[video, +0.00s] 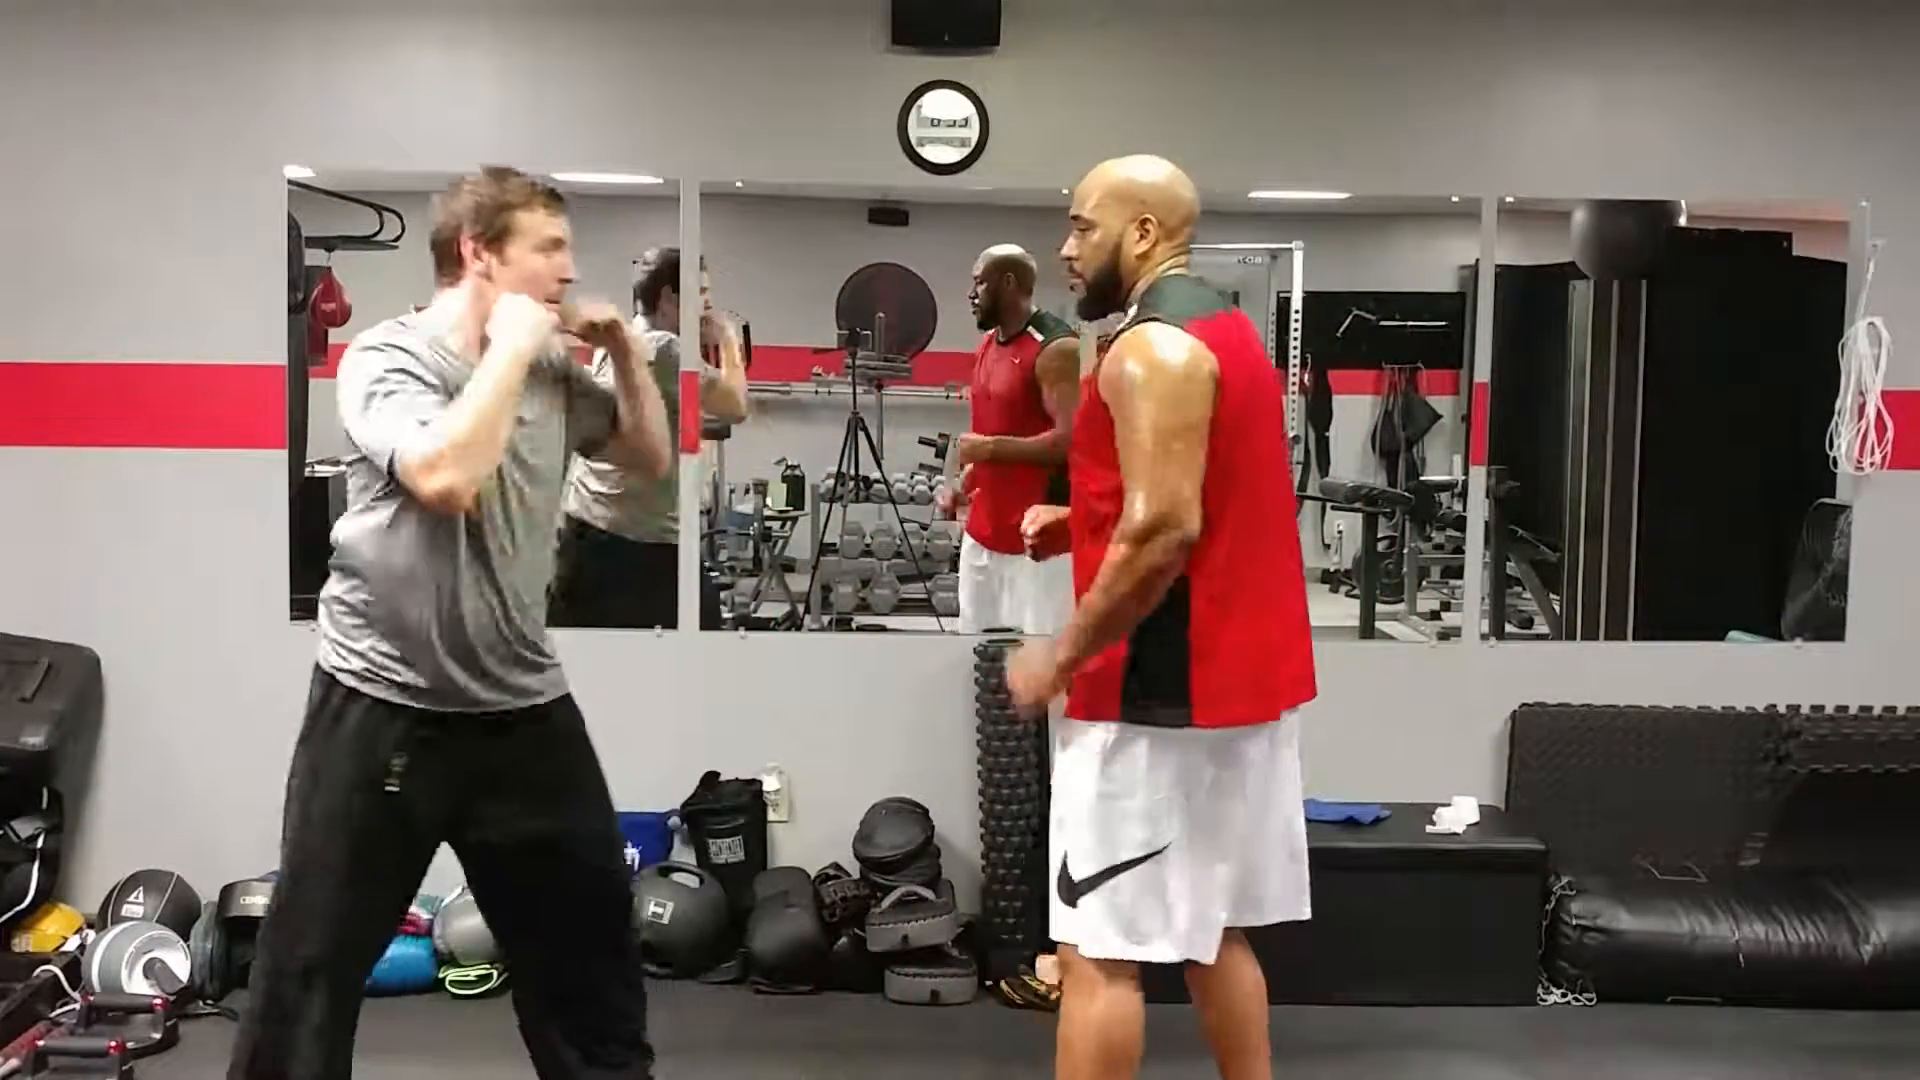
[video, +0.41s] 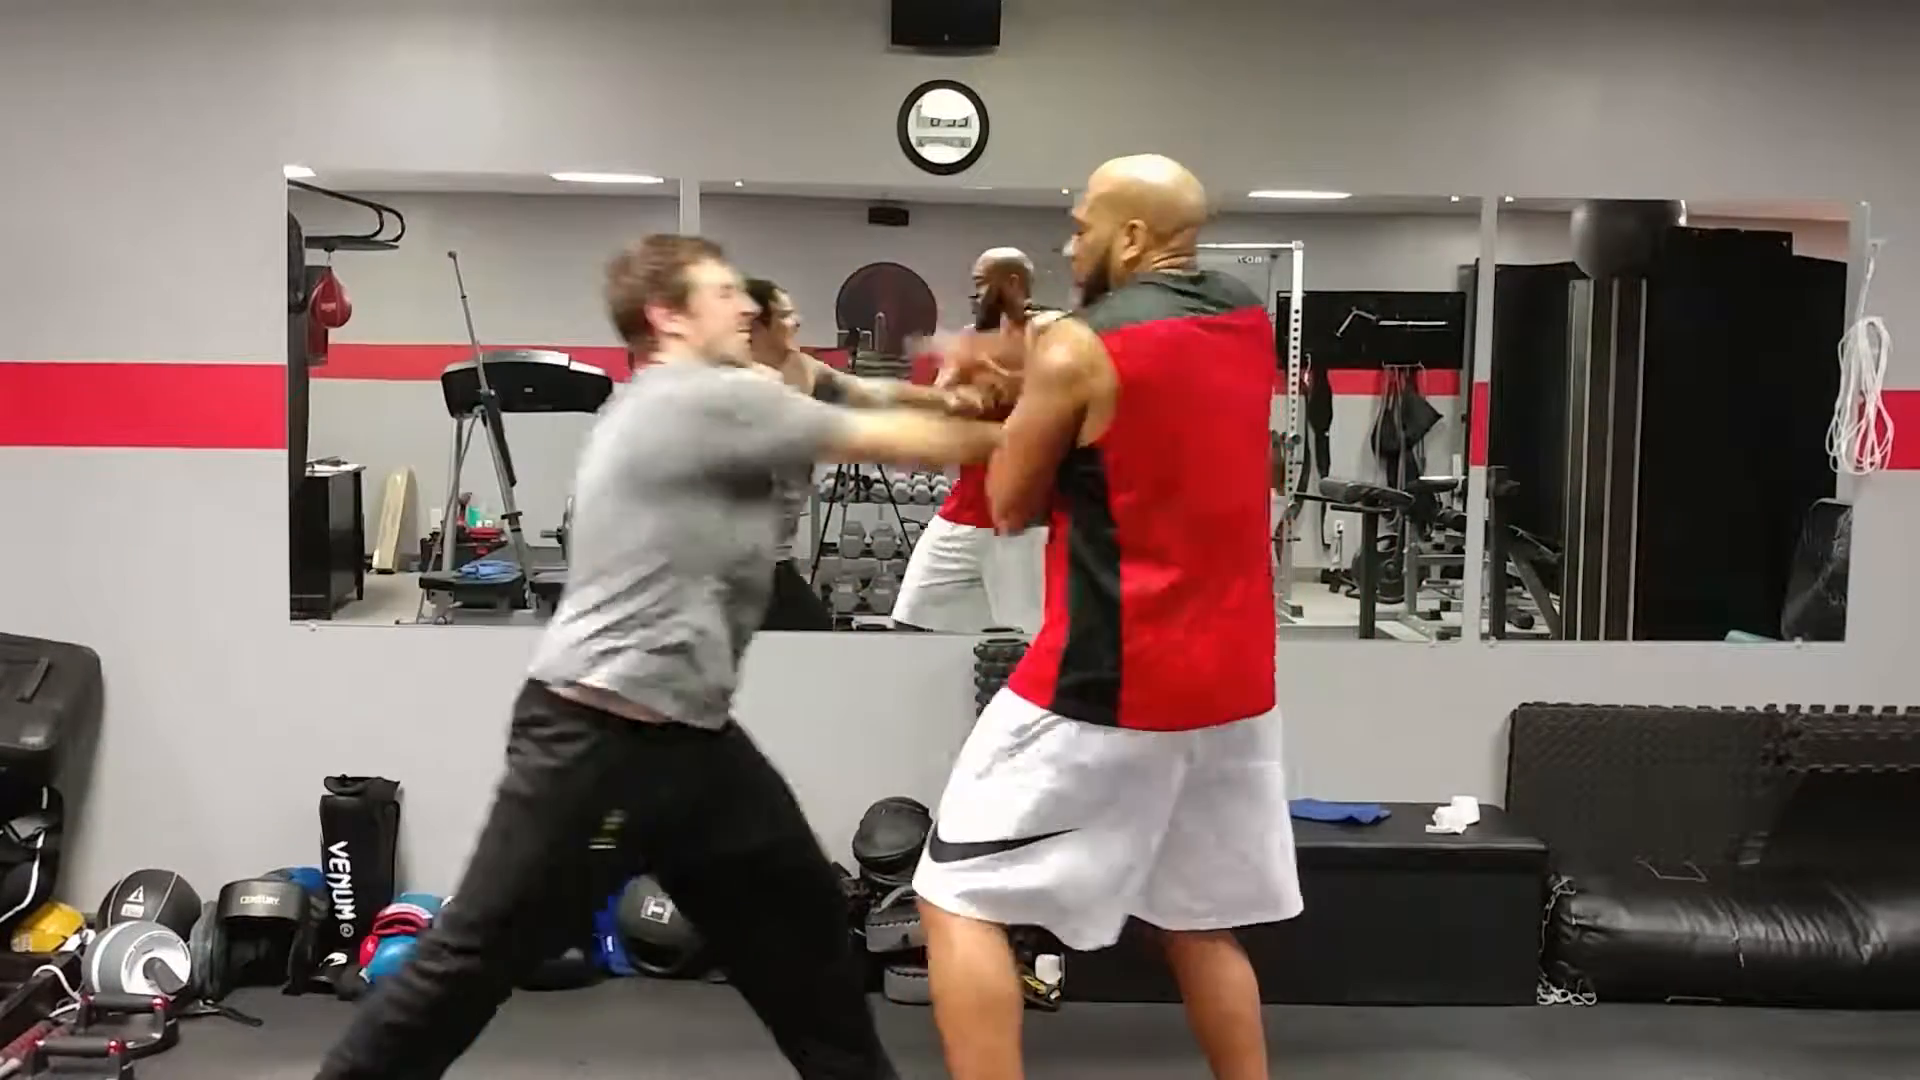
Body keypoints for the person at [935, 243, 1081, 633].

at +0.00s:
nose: (971, 294)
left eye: (980, 283)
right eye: (972, 283)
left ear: (1011, 284)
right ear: (1008, 285)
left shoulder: (1056, 350)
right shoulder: (989, 346)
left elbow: (1071, 440)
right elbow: (993, 435)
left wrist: (991, 448)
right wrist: (962, 487)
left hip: (1037, 539)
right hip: (983, 533)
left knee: (1040, 664)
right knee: (982, 657)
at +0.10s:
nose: (975, 292)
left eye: (984, 281)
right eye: (976, 282)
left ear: (1016, 284)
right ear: (1010, 286)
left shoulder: (1055, 347)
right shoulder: (993, 344)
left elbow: (1064, 438)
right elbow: (992, 424)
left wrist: (985, 435)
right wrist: (944, 448)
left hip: (1040, 532)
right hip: (988, 527)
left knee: (1042, 660)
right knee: (984, 653)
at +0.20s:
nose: (981, 289)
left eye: (991, 280)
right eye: (982, 280)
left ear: (1024, 284)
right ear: (1013, 285)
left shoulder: (1055, 345)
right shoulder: (989, 339)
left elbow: (1053, 438)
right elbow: (945, 385)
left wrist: (982, 410)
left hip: (1042, 544)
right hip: (983, 537)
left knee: (1039, 672)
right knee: (970, 661)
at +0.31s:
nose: (992, 292)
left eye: (1001, 283)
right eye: (992, 283)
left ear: (1040, 282)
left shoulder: (1067, 335)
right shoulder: (988, 336)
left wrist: (971, 359)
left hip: (1041, 516)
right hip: (981, 511)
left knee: (1041, 647)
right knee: (936, 633)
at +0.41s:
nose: (974, 294)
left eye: (981, 284)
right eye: (974, 284)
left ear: (1013, 283)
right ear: (1007, 285)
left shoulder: (1052, 337)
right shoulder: (969, 342)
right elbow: (938, 401)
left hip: (1023, 516)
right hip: (962, 510)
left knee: (1025, 643)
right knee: (910, 625)